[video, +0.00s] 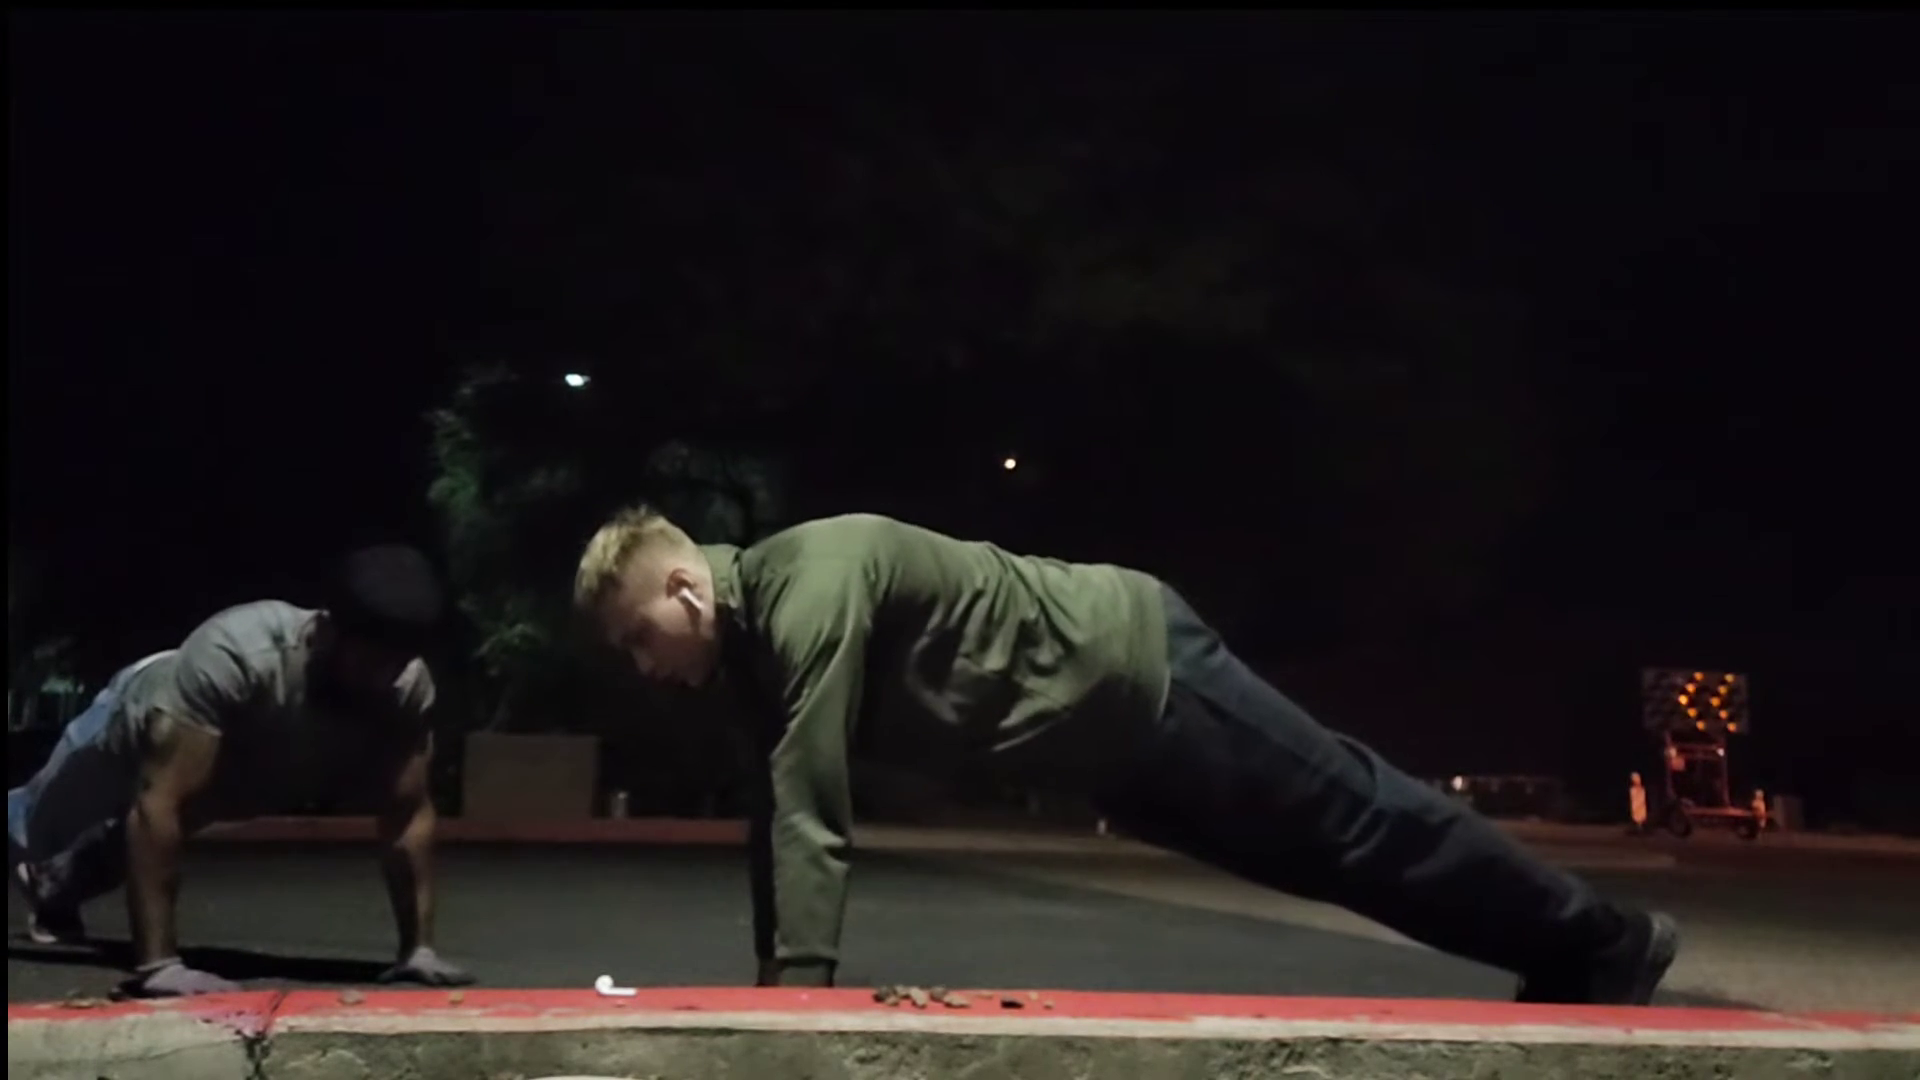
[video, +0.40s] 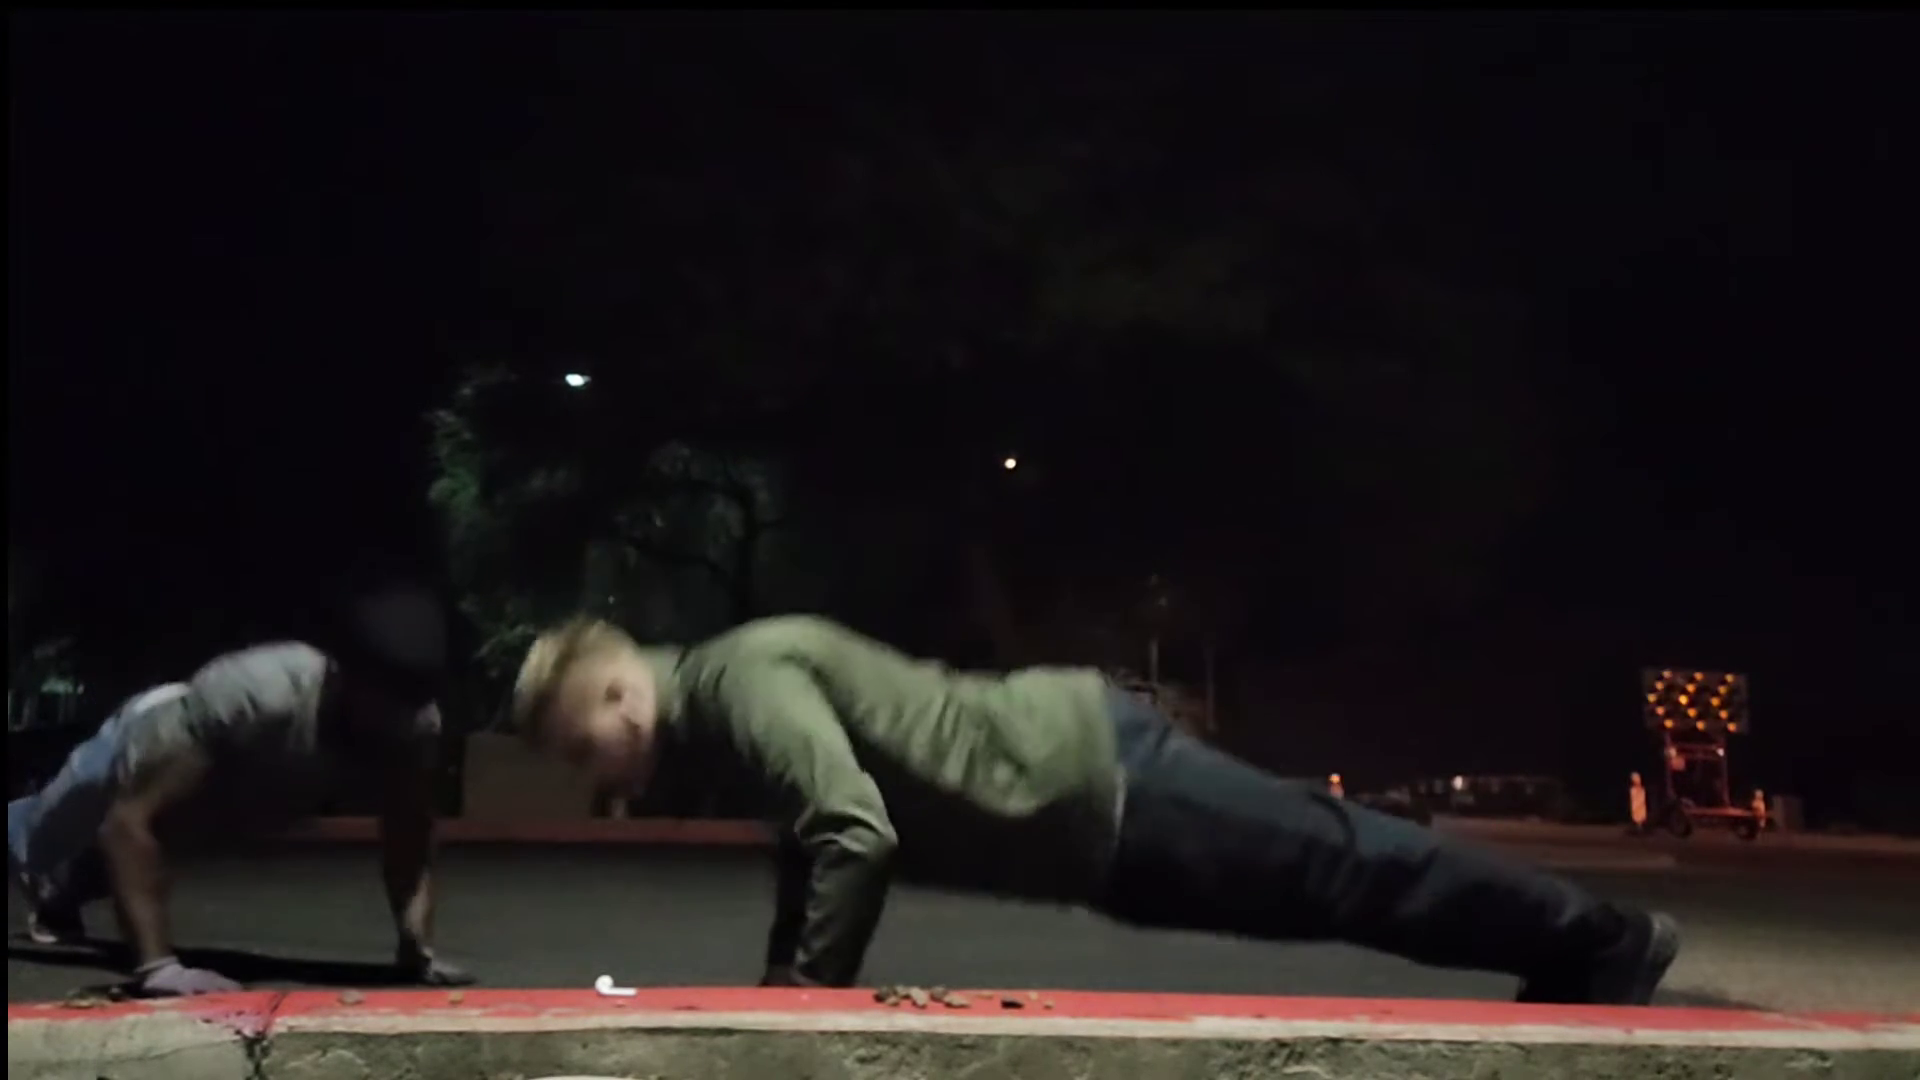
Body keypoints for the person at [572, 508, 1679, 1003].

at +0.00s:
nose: (653, 666)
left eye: (643, 639)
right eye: (636, 653)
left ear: (680, 582)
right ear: (670, 611)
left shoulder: (811, 577)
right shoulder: (766, 630)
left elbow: (808, 789)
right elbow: (779, 802)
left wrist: (803, 975)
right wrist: (784, 978)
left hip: (1138, 667)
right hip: (1102, 731)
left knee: (1362, 819)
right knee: (1328, 856)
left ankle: (1603, 938)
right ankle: (1557, 949)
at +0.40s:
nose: (593, 757)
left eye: (587, 729)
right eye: (574, 746)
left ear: (623, 675)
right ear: (598, 715)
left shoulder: (743, 677)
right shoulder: (721, 711)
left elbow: (852, 835)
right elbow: (827, 839)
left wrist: (796, 992)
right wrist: (790, 988)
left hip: (1099, 773)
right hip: (1084, 804)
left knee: (1351, 867)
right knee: (1338, 881)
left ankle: (1609, 948)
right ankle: (1582, 950)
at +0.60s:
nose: (551, 875)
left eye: (541, 844)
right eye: (526, 875)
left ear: (577, 791)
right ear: (537, 882)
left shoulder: (709, 798)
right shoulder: (677, 857)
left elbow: (862, 859)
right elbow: (827, 881)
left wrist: (785, 988)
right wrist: (808, 974)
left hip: (1061, 869)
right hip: (1040, 893)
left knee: (1323, 912)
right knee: (1305, 922)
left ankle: (1594, 942)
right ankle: (1559, 947)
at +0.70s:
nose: (569, 949)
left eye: (552, 929)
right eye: (543, 949)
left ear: (563, 873)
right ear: (534, 929)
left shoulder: (687, 846)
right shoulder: (647, 902)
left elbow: (857, 855)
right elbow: (827, 878)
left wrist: (794, 975)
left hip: (1047, 881)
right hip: (1027, 901)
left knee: (1314, 924)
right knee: (1298, 924)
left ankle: (1580, 944)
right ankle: (1557, 943)